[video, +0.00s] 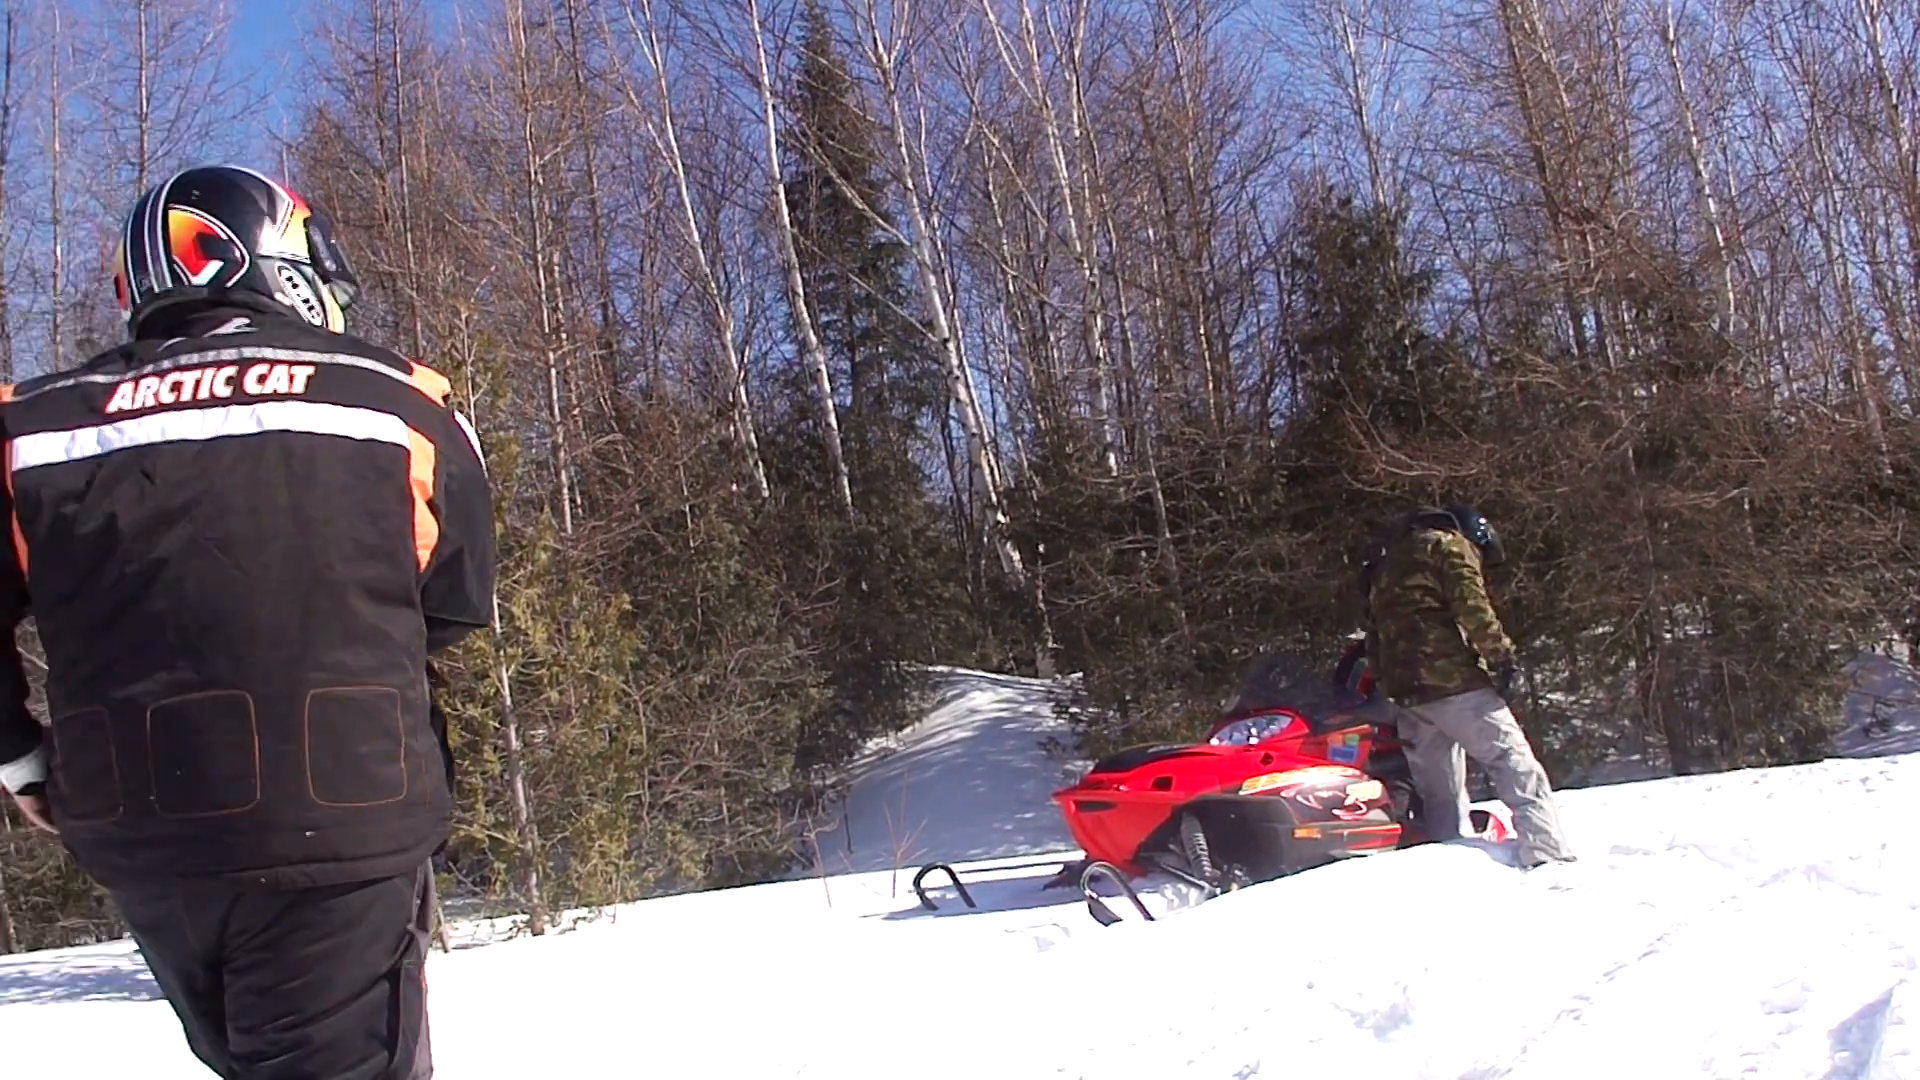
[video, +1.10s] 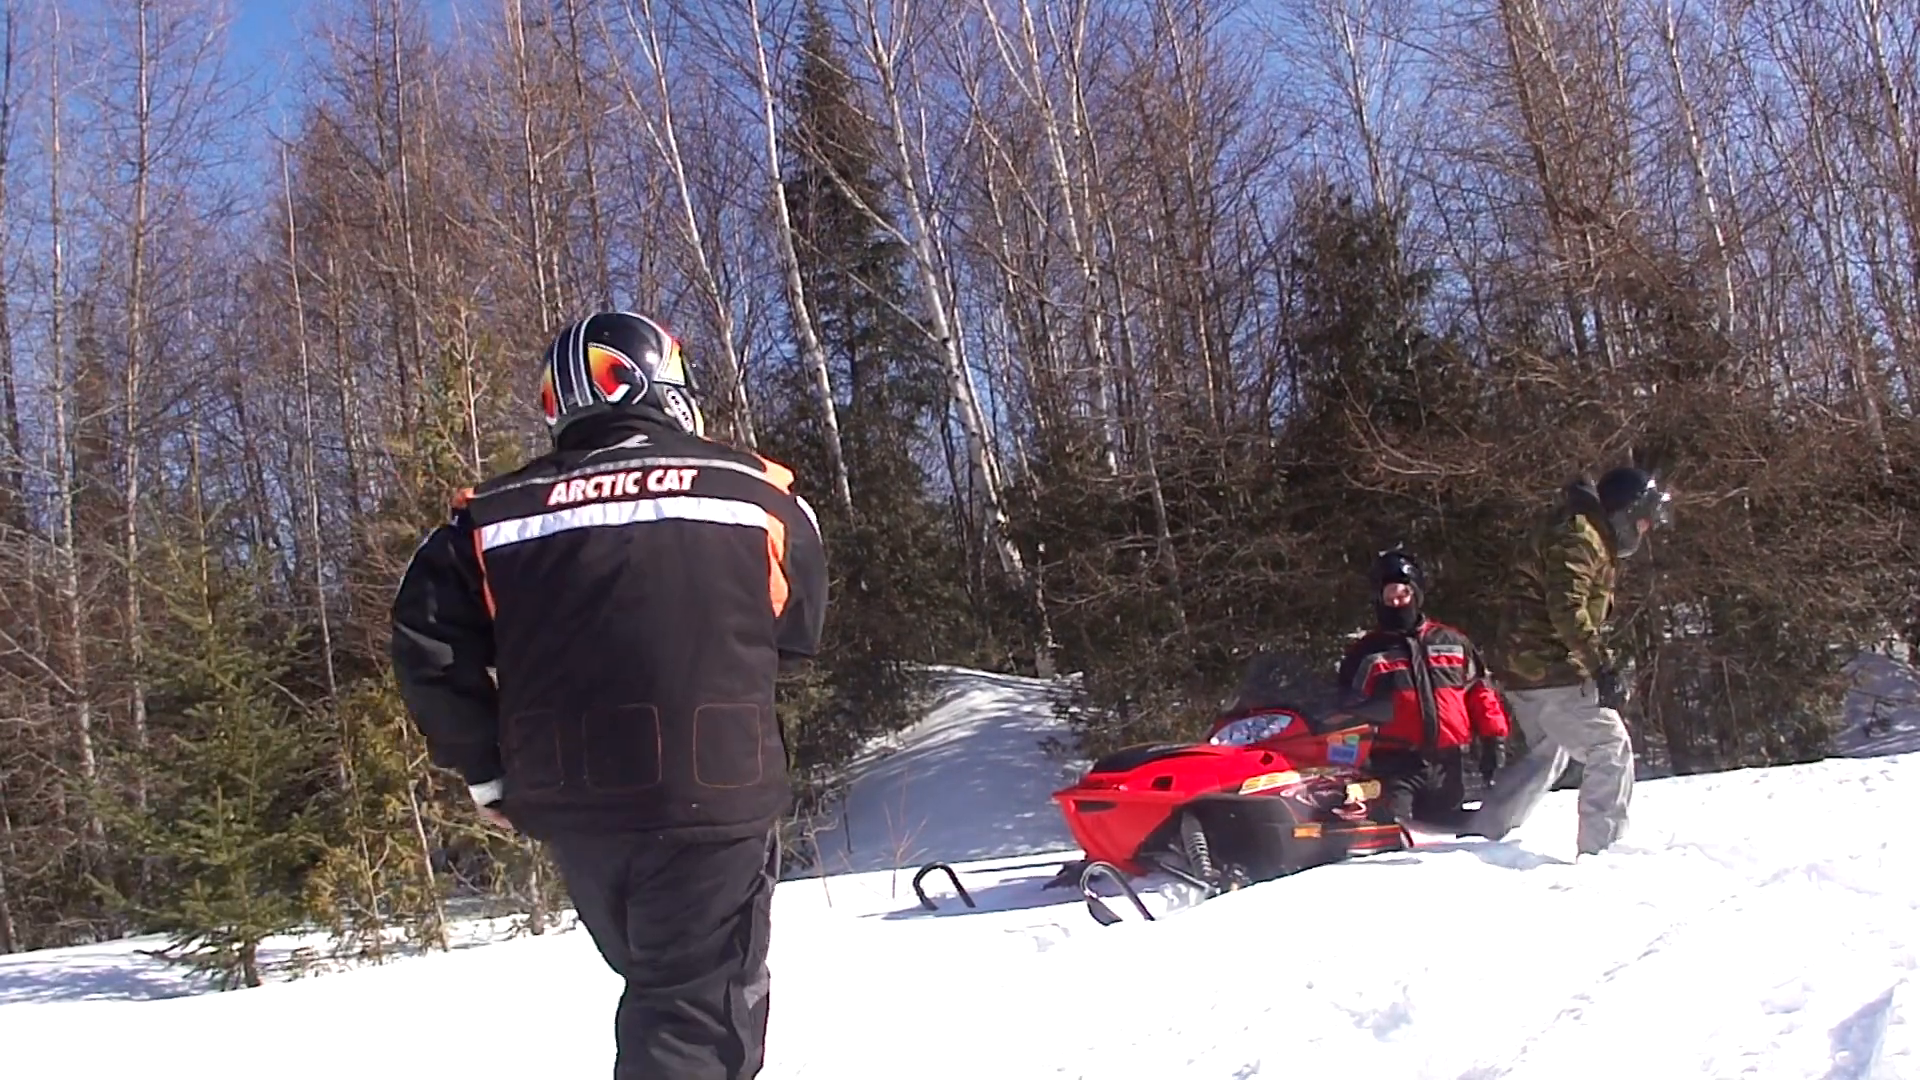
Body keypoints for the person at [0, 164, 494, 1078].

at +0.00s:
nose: (337, 285)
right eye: (323, 264)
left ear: (135, 283)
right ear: (297, 266)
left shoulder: (25, 418)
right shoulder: (410, 398)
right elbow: (459, 600)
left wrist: (21, 758)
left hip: (140, 844)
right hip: (347, 828)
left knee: (251, 1057)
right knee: (326, 1061)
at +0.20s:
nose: (385, 286)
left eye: (375, 267)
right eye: (373, 267)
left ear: (207, 284)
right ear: (347, 274)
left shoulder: (100, 406)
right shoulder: (444, 397)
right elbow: (499, 580)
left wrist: (64, 687)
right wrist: (407, 640)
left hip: (198, 815)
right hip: (395, 810)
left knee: (284, 1061)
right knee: (434, 1053)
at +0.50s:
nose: (494, 337)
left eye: (488, 317)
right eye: (481, 316)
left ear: (326, 330)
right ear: (454, 320)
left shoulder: (226, 446)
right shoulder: (536, 438)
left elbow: (121, 563)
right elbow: (602, 611)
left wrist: (207, 704)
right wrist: (524, 685)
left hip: (305, 824)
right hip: (489, 814)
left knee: (348, 1055)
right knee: (558, 1048)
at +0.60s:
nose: (539, 358)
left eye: (532, 339)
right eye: (527, 338)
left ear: (374, 355)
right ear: (501, 343)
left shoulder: (284, 468)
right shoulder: (585, 455)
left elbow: (183, 593)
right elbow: (656, 624)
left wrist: (262, 726)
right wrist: (576, 696)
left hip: (359, 829)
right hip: (537, 828)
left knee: (387, 1042)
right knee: (590, 1048)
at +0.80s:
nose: (624, 372)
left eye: (617, 355)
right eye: (614, 355)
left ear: (474, 372)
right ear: (594, 362)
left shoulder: (382, 494)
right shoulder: (679, 477)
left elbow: (314, 632)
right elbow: (733, 635)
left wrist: (390, 754)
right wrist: (643, 698)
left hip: (467, 835)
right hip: (638, 826)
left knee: (514, 1035)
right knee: (663, 1047)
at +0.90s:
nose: (647, 371)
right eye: (637, 357)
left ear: (502, 376)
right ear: (620, 362)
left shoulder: (424, 490)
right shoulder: (710, 473)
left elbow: (355, 631)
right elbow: (759, 624)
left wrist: (433, 745)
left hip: (512, 824)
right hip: (671, 818)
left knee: (568, 1006)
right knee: (665, 1033)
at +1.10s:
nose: (691, 391)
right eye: (683, 377)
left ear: (557, 398)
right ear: (670, 384)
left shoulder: (491, 509)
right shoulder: (758, 491)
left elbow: (425, 645)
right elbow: (799, 632)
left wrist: (484, 767)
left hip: (568, 811)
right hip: (713, 802)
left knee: (682, 995)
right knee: (685, 1024)